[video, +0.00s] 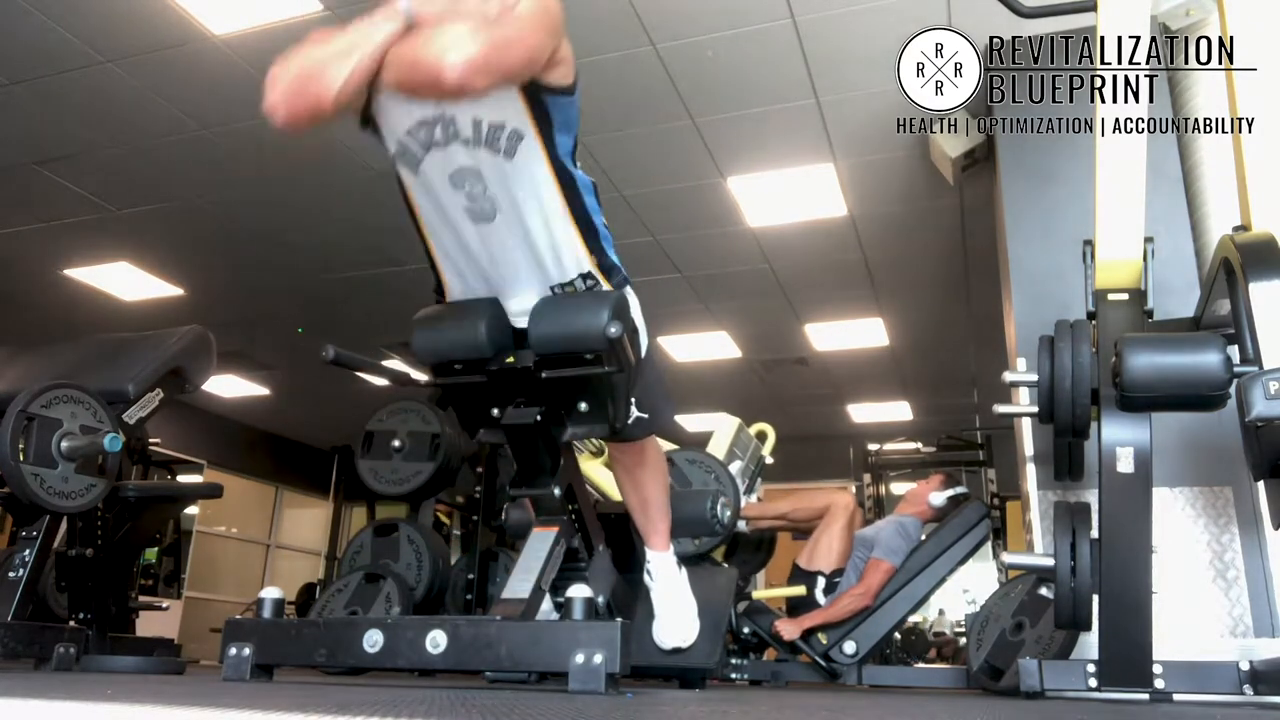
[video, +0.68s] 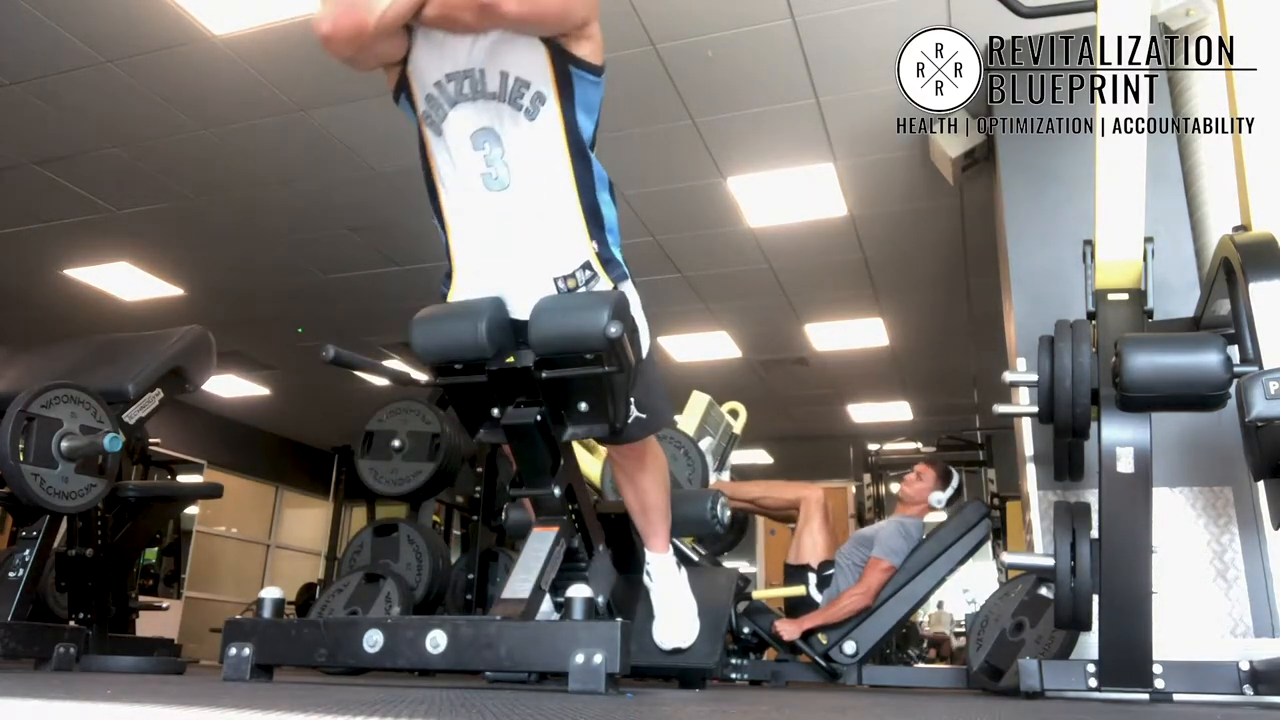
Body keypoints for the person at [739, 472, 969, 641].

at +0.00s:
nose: (917, 482)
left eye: (927, 481)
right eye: (926, 479)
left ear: (933, 497)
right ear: (934, 500)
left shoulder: (899, 528)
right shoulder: (904, 527)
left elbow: (865, 595)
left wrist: (801, 624)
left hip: (816, 605)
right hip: (820, 602)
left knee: (843, 500)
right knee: (843, 504)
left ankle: (739, 509)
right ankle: (750, 519)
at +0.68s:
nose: (907, 478)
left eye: (919, 478)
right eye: (912, 472)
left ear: (933, 499)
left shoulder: (901, 528)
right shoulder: (905, 526)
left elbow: (864, 595)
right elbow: (865, 591)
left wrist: (801, 624)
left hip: (816, 603)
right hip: (821, 598)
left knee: (814, 497)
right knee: (807, 502)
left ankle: (716, 487)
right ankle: (724, 498)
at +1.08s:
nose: (884, 480)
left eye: (893, 475)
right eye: (888, 474)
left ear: (912, 487)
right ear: (911, 490)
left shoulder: (895, 529)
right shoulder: (902, 527)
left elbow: (864, 597)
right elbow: (867, 593)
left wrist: (802, 625)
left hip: (814, 600)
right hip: (819, 595)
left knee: (781, 497)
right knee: (783, 505)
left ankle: (689, 466)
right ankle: (714, 490)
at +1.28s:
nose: (874, 484)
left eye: (879, 477)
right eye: (876, 477)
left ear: (898, 482)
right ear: (903, 483)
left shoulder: (893, 528)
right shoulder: (897, 527)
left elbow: (873, 597)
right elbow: (873, 594)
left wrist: (807, 616)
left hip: (814, 601)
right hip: (818, 597)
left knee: (757, 504)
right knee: (758, 506)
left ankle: (677, 461)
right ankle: (688, 466)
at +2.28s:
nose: (868, 490)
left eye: (869, 481)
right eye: (868, 482)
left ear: (882, 479)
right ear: (899, 481)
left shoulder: (890, 525)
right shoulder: (897, 524)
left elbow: (866, 591)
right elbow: (868, 591)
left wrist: (819, 641)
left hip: (814, 618)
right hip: (820, 613)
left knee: (779, 504)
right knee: (781, 506)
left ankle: (687, 467)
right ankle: (698, 475)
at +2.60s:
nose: (868, 490)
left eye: (869, 483)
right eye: (868, 483)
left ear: (879, 481)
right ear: (903, 482)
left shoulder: (889, 527)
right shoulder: (898, 525)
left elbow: (866, 592)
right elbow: (867, 591)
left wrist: (819, 641)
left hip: (814, 616)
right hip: (821, 611)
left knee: (798, 496)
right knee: (801, 505)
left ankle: (702, 479)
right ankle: (724, 497)